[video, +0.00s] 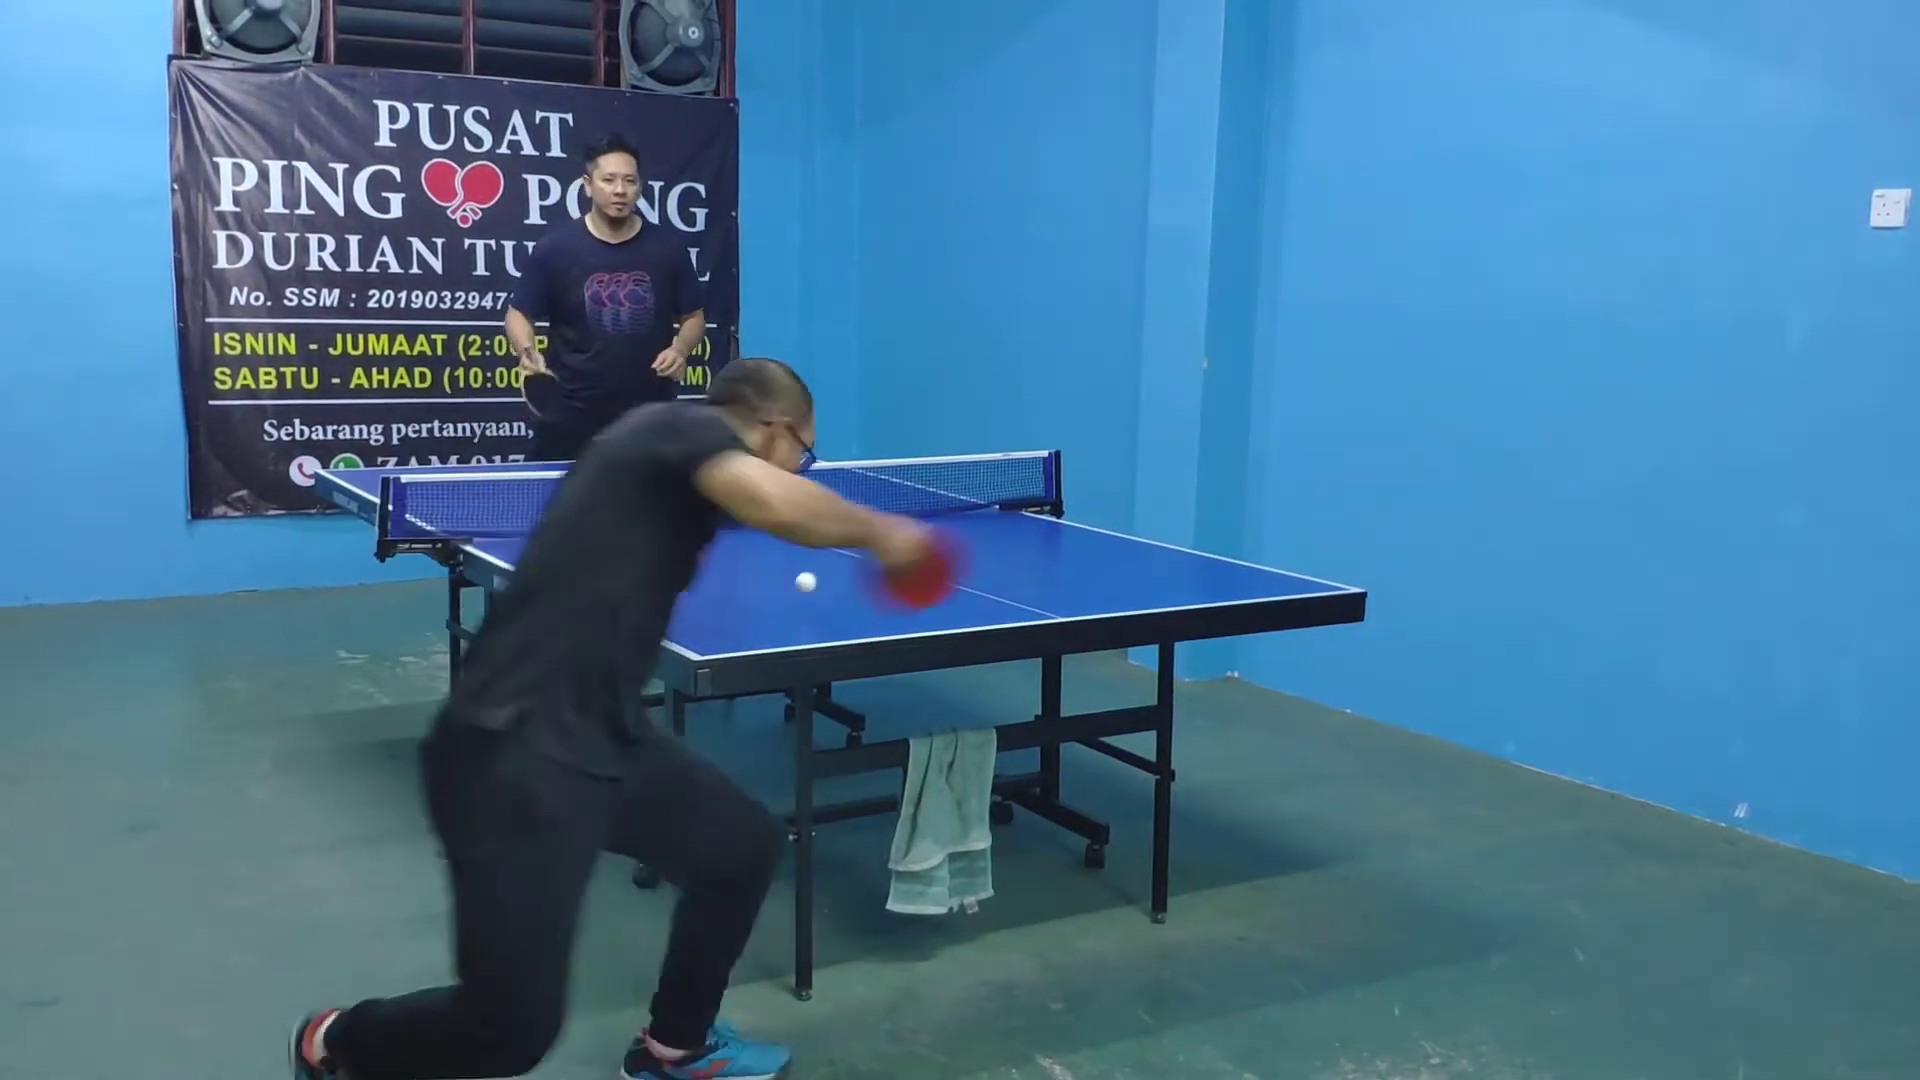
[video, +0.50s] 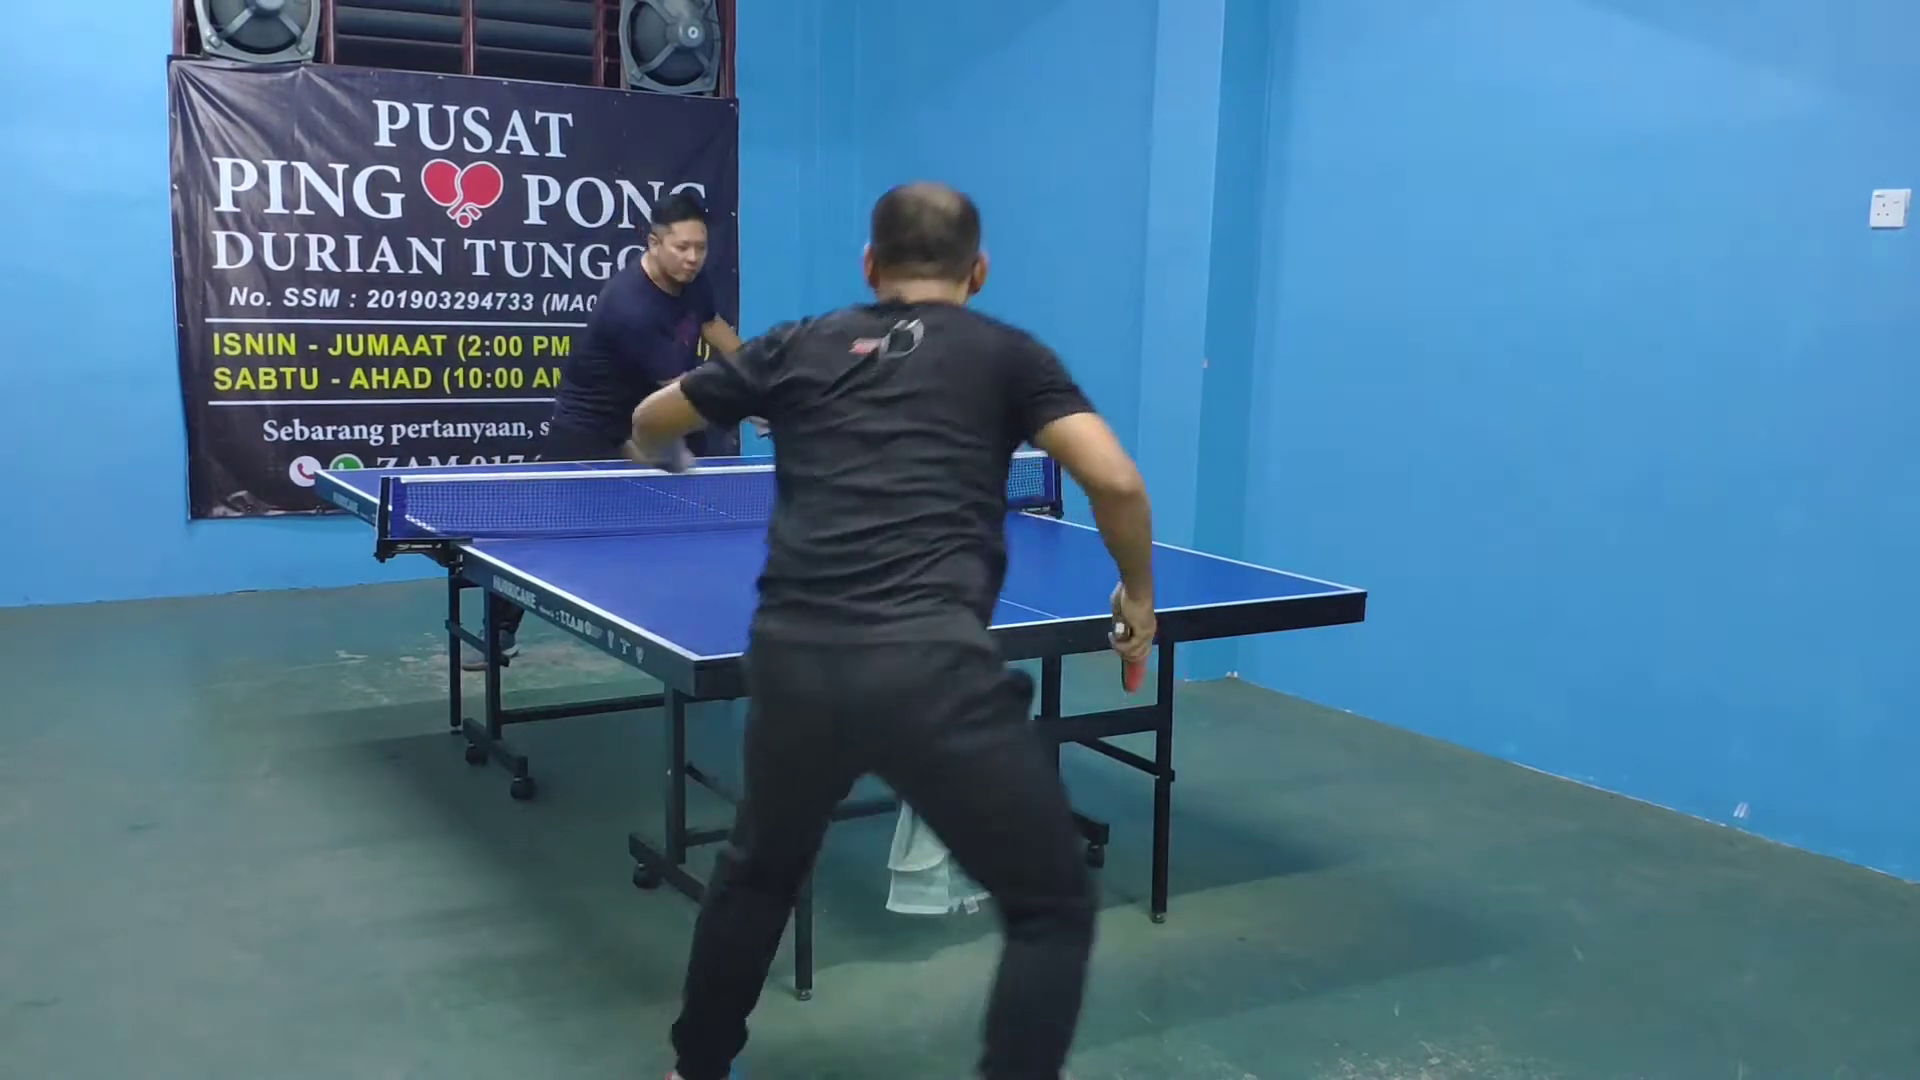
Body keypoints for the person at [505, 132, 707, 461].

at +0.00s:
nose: (620, 190)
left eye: (629, 181)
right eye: (609, 180)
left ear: (640, 186)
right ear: (588, 184)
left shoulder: (667, 248)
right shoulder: (556, 248)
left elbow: (694, 317)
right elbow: (517, 314)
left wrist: (680, 350)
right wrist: (526, 350)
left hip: (648, 413)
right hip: (572, 414)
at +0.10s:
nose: (630, 194)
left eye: (638, 185)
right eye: (619, 184)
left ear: (648, 189)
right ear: (596, 188)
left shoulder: (674, 249)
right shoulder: (562, 250)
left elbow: (700, 316)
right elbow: (524, 315)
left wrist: (689, 352)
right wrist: (537, 343)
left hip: (652, 414)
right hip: (576, 413)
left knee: (658, 523)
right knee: (538, 519)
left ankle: (655, 631)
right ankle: (501, 628)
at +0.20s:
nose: (640, 201)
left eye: (649, 191)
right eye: (630, 191)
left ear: (658, 195)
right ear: (606, 192)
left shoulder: (680, 254)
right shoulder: (573, 252)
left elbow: (705, 319)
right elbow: (535, 321)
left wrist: (703, 352)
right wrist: (566, 357)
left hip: (658, 418)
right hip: (581, 416)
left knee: (680, 523)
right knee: (537, 517)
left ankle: (677, 628)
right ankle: (501, 627)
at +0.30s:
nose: (658, 217)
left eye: (666, 207)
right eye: (648, 205)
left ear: (673, 208)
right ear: (621, 201)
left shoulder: (682, 262)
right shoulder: (588, 261)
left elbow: (702, 325)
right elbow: (575, 346)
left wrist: (727, 356)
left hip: (654, 424)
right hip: (585, 423)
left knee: (667, 526)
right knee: (541, 520)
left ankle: (671, 628)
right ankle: (501, 627)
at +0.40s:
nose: (675, 240)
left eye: (683, 230)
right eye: (665, 228)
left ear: (690, 230)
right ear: (638, 223)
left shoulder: (687, 268)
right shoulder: (612, 289)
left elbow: (706, 327)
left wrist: (755, 371)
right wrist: (717, 408)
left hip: (655, 421)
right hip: (581, 424)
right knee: (543, 525)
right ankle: (502, 626)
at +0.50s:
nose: (692, 258)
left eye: (699, 247)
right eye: (682, 246)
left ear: (706, 247)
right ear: (652, 243)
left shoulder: (692, 280)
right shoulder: (628, 305)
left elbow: (715, 329)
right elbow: (686, 387)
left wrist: (757, 381)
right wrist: (742, 405)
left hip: (653, 426)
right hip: (586, 429)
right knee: (533, 525)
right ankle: (499, 632)